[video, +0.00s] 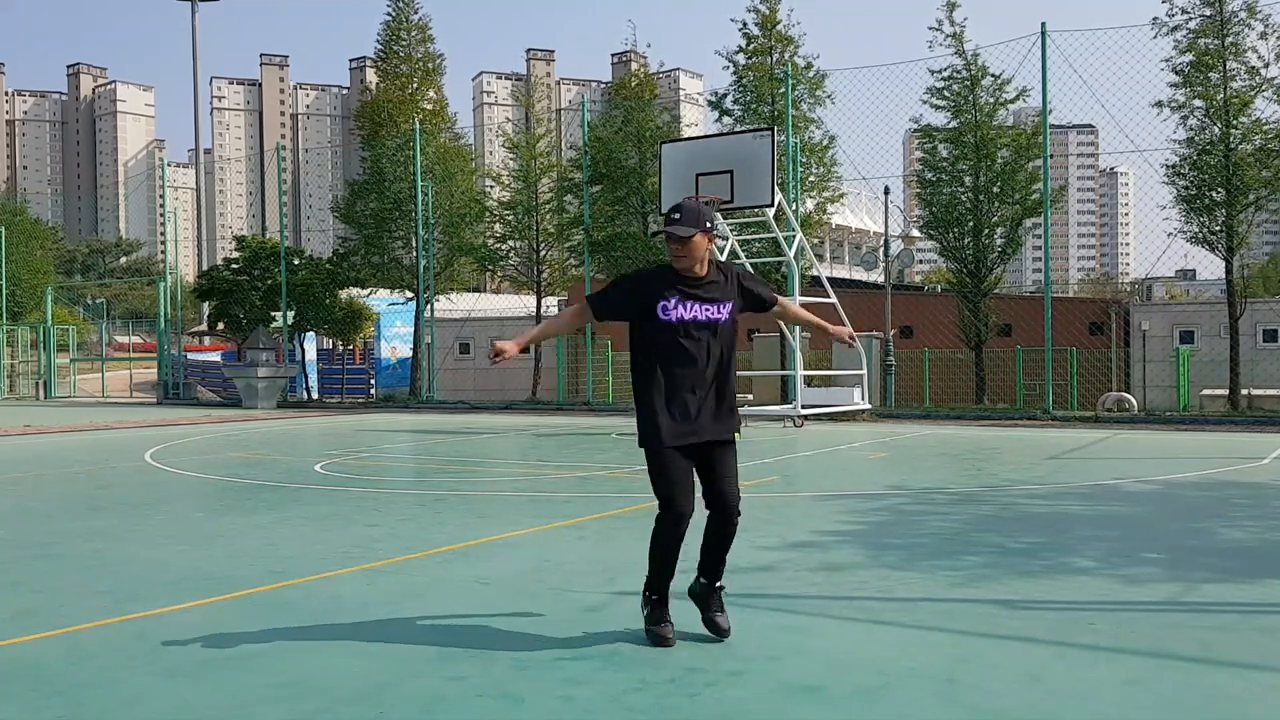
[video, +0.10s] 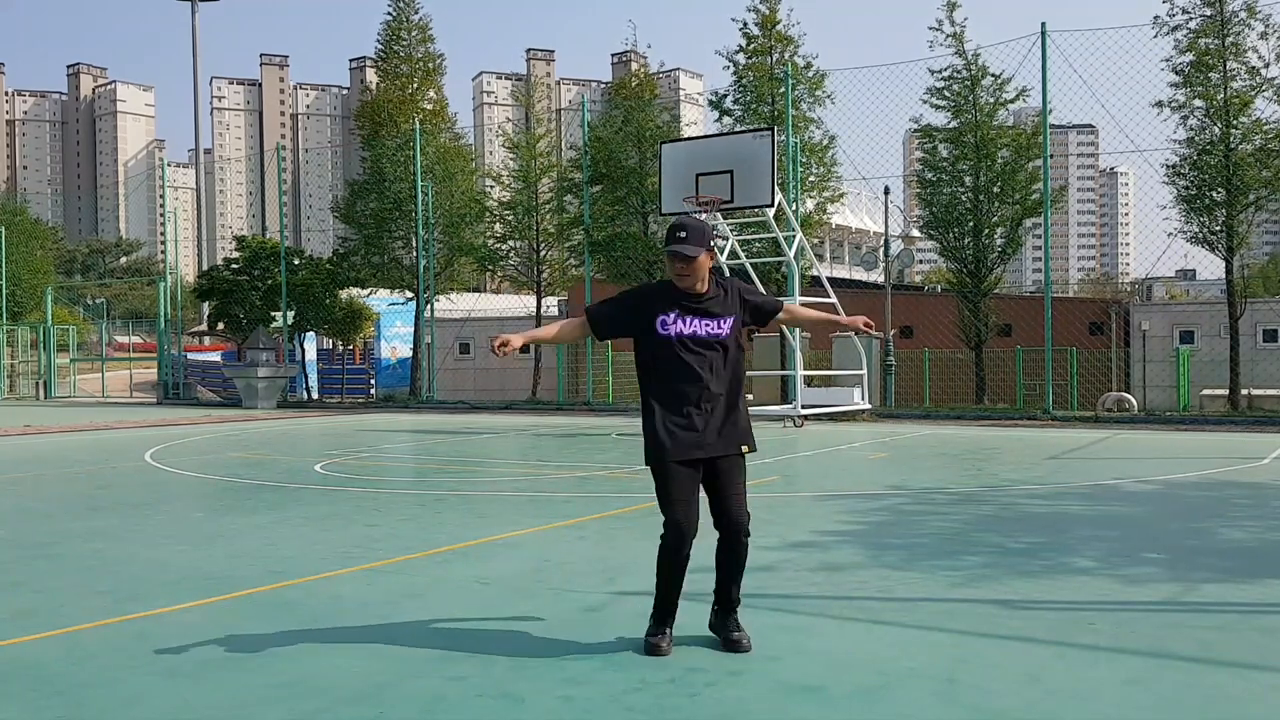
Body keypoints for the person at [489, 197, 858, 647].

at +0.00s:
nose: (675, 247)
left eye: (684, 239)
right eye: (671, 239)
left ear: (710, 239)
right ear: (666, 239)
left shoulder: (733, 281)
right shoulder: (644, 285)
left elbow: (779, 305)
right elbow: (582, 312)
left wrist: (826, 327)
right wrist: (522, 341)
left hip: (716, 419)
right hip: (663, 422)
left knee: (727, 509)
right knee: (677, 509)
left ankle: (707, 586)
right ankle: (656, 602)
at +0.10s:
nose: (679, 267)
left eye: (688, 259)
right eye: (673, 259)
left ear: (710, 254)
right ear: (665, 256)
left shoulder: (735, 295)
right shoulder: (647, 301)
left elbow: (787, 313)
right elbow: (584, 324)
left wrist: (842, 319)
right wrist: (526, 336)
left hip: (726, 435)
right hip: (671, 438)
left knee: (736, 526)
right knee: (681, 527)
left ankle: (725, 616)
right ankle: (661, 623)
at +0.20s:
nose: (702, 290)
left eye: (710, 281)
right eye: (693, 281)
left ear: (720, 281)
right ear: (673, 279)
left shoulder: (738, 316)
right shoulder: (647, 320)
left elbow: (789, 336)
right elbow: (595, 358)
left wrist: (844, 358)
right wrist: (550, 380)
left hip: (721, 449)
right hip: (667, 450)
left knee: (730, 532)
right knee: (682, 532)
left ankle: (723, 622)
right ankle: (662, 623)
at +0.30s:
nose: (716, 301)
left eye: (721, 292)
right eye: (706, 294)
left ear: (727, 289)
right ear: (678, 294)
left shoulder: (733, 332)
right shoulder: (646, 332)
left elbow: (776, 373)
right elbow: (613, 389)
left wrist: (804, 429)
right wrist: (611, 456)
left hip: (712, 443)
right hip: (661, 446)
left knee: (720, 522)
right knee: (681, 517)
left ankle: (723, 618)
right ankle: (662, 618)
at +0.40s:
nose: (713, 283)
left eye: (715, 275)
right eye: (703, 277)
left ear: (720, 275)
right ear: (673, 280)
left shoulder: (728, 320)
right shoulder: (639, 321)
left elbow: (746, 381)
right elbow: (640, 396)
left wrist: (737, 443)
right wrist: (696, 433)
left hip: (707, 429)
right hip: (655, 430)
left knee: (714, 523)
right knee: (674, 519)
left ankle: (723, 617)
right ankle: (661, 618)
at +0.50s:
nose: (705, 255)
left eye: (707, 247)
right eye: (694, 248)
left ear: (710, 246)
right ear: (665, 247)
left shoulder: (719, 291)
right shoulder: (634, 293)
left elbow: (734, 364)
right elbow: (652, 364)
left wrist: (698, 397)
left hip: (701, 425)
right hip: (650, 428)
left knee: (709, 516)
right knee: (667, 521)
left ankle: (710, 604)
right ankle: (660, 620)